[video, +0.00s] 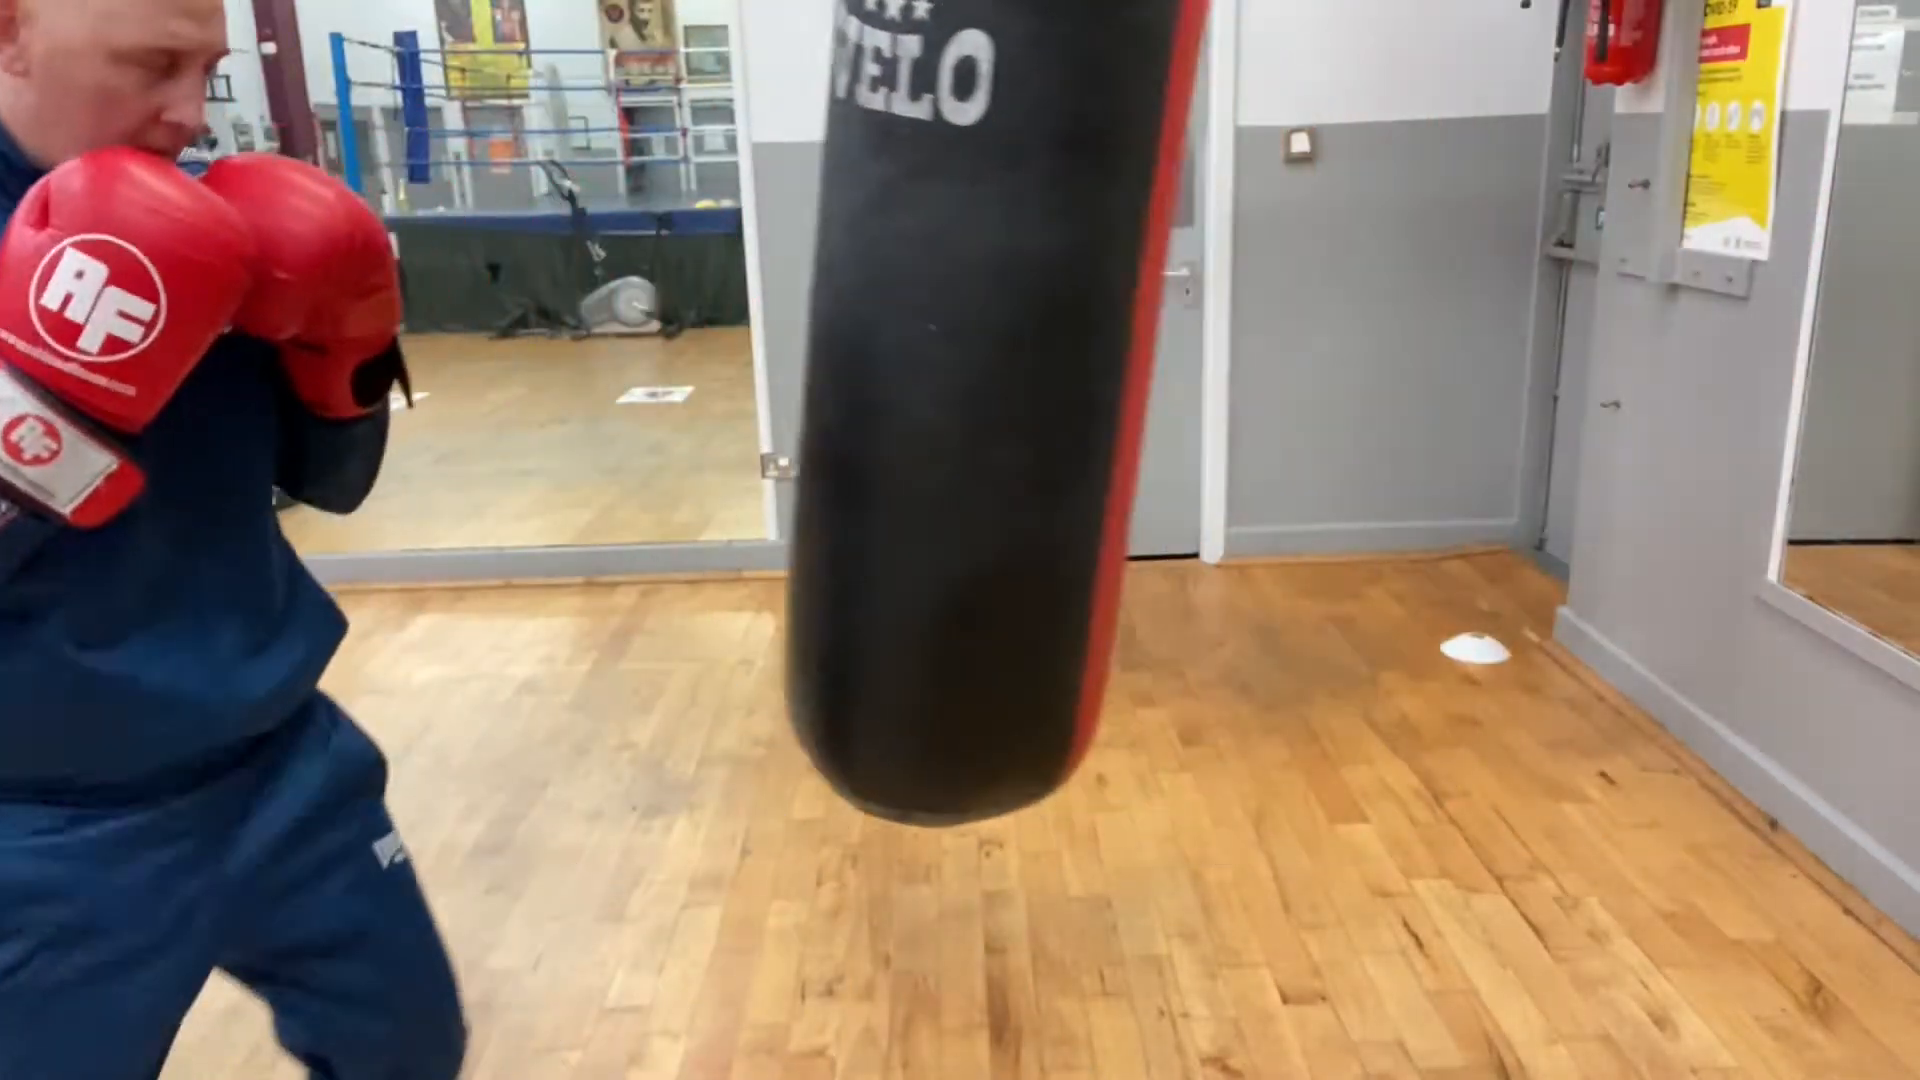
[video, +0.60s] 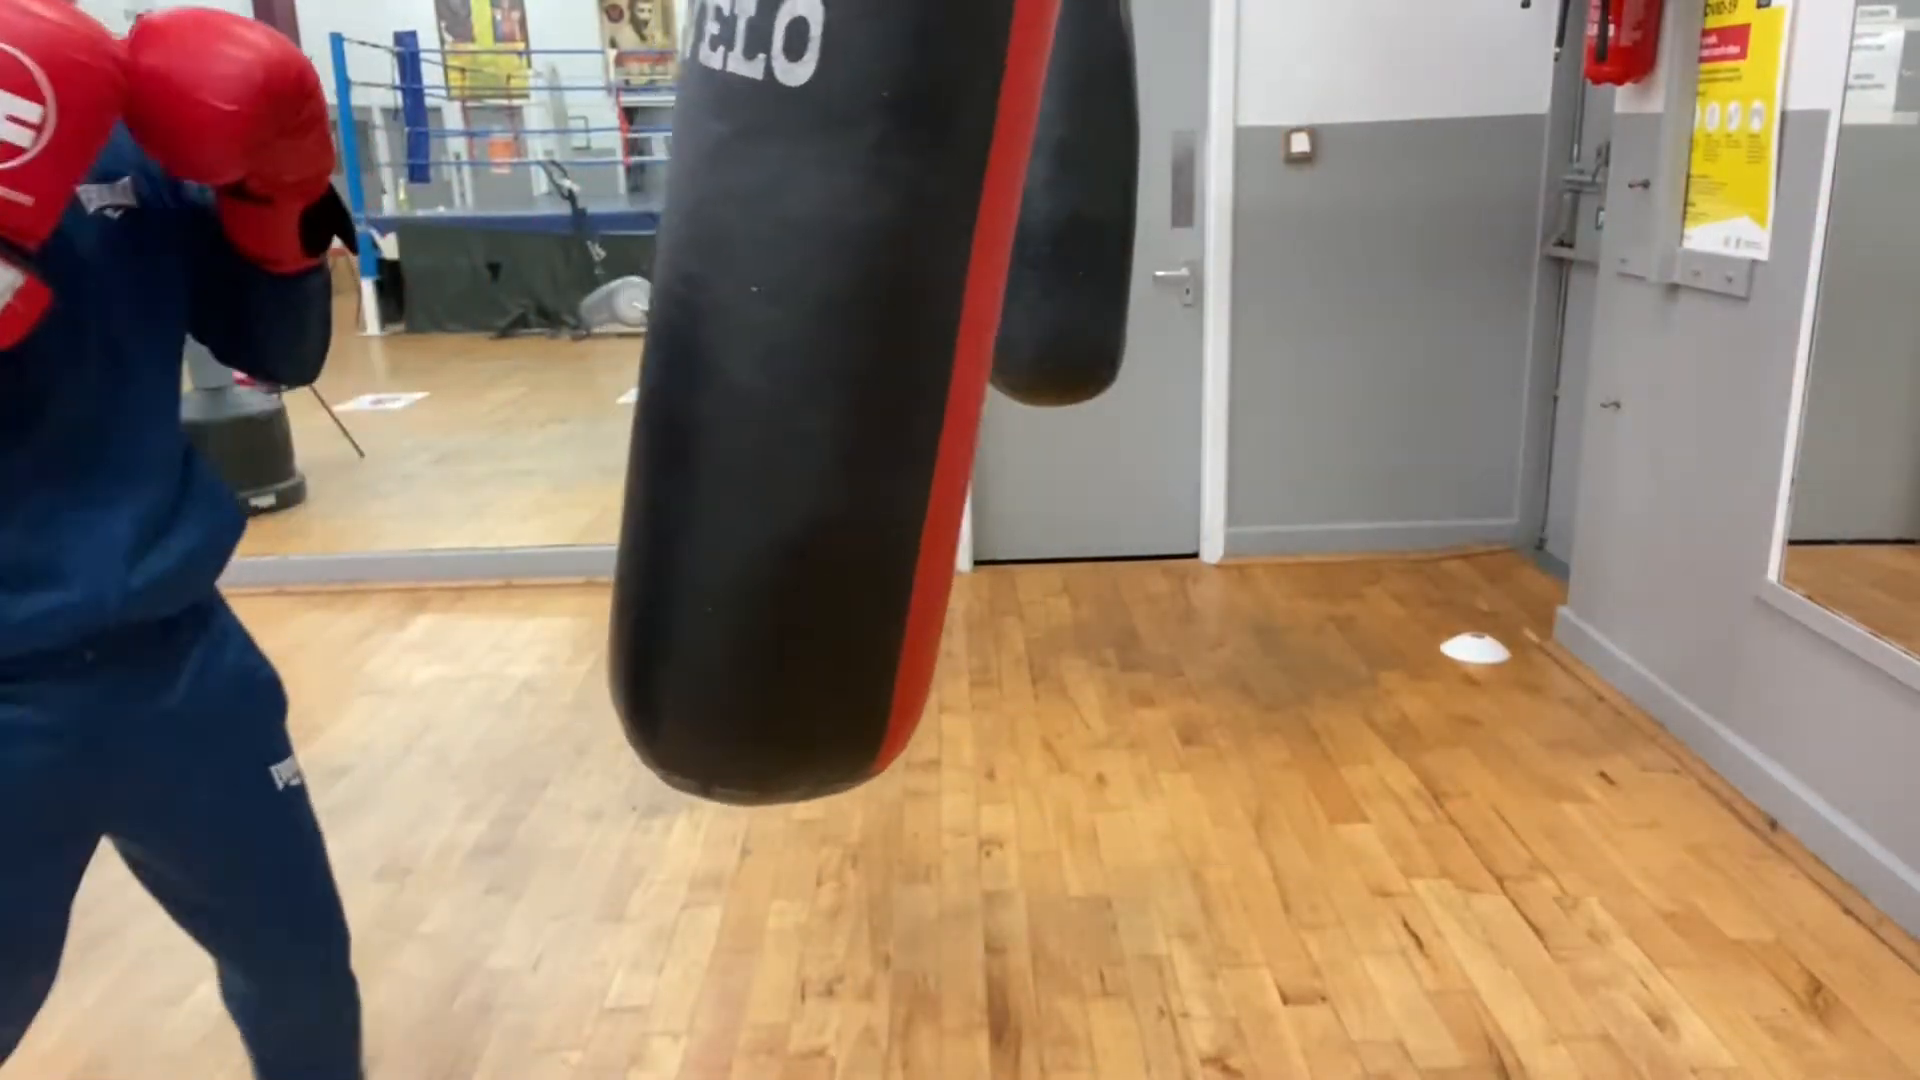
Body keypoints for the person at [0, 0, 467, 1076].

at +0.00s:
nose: (189, 113)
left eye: (206, 71)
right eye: (150, 65)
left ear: (223, 59)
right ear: (16, 38)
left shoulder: (201, 230)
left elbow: (327, 485)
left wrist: (340, 353)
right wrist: (46, 402)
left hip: (280, 775)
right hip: (55, 836)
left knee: (409, 1049)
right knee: (57, 1070)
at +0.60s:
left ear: (66, 52)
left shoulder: (128, 149)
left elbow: (283, 355)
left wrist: (279, 193)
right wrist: (13, 230)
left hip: (180, 665)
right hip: (14, 704)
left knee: (305, 989)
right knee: (0, 1009)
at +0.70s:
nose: (22, 44)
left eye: (18, 33)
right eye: (7, 34)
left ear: (26, 29)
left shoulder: (83, 188)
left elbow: (258, 406)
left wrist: (257, 261)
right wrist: (14, 210)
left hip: (151, 726)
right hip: (10, 765)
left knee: (281, 1008)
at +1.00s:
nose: (76, 35)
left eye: (83, 24)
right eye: (45, 26)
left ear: (104, 21)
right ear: (7, 20)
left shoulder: (143, 154)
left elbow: (317, 359)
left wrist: (321, 212)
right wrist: (13, 230)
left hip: (207, 697)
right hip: (27, 748)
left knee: (436, 963)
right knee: (13, 1052)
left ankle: (500, 1072)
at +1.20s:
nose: (244, 194)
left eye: (257, 157)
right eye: (210, 153)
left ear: (273, 134)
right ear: (74, 118)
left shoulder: (284, 258)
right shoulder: (6, 281)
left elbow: (382, 476)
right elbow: (16, 582)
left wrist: (428, 390)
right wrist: (87, 414)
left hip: (336, 767)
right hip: (84, 825)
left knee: (553, 1012)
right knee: (46, 1070)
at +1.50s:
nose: (444, 43)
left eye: (462, 18)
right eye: (419, 11)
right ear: (296, 8)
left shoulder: (450, 143)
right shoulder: (143, 173)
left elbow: (583, 380)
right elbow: (263, 447)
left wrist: (623, 249)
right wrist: (385, 228)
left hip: (516, 681)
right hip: (308, 735)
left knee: (643, 942)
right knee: (328, 1062)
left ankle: (637, 1074)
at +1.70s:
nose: (569, 123)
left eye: (578, 91)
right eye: (543, 85)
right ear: (414, 71)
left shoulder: (553, 218)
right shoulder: (254, 256)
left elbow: (641, 438)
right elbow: (364, 532)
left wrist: (700, 363)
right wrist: (486, 318)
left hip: (646, 693)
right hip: (443, 775)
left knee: (860, 892)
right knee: (412, 1070)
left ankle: (839, 1044)